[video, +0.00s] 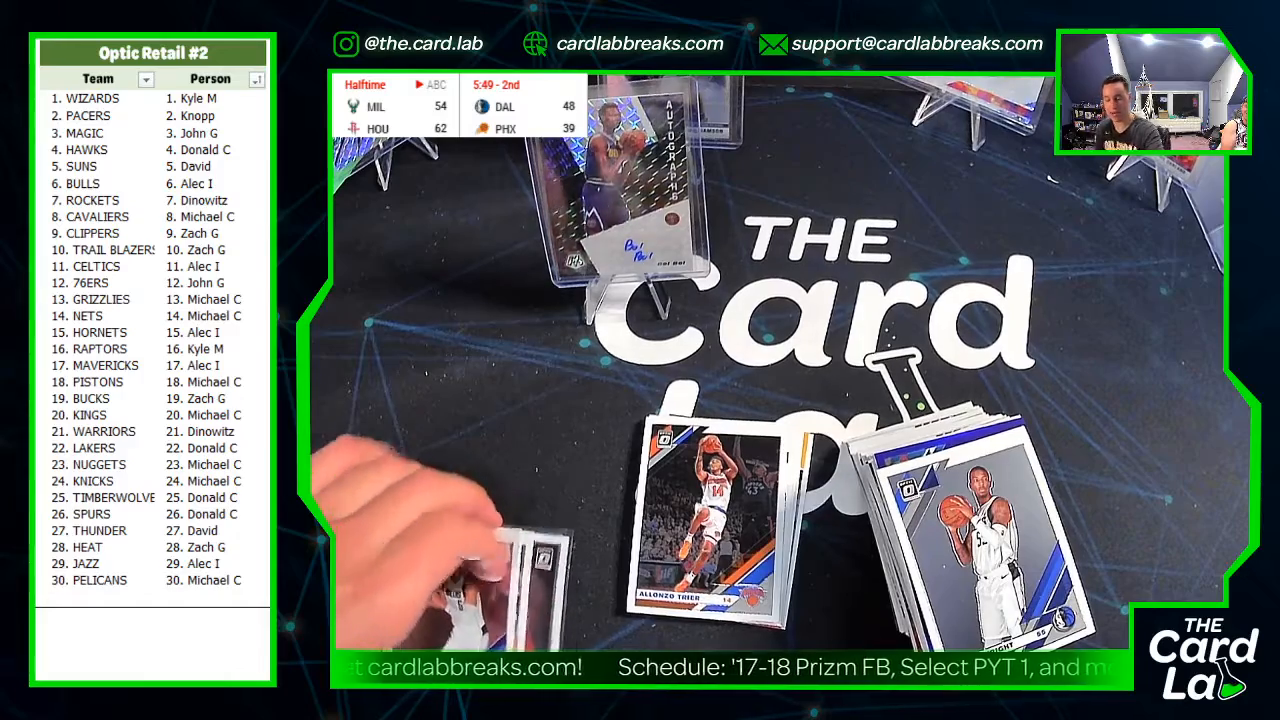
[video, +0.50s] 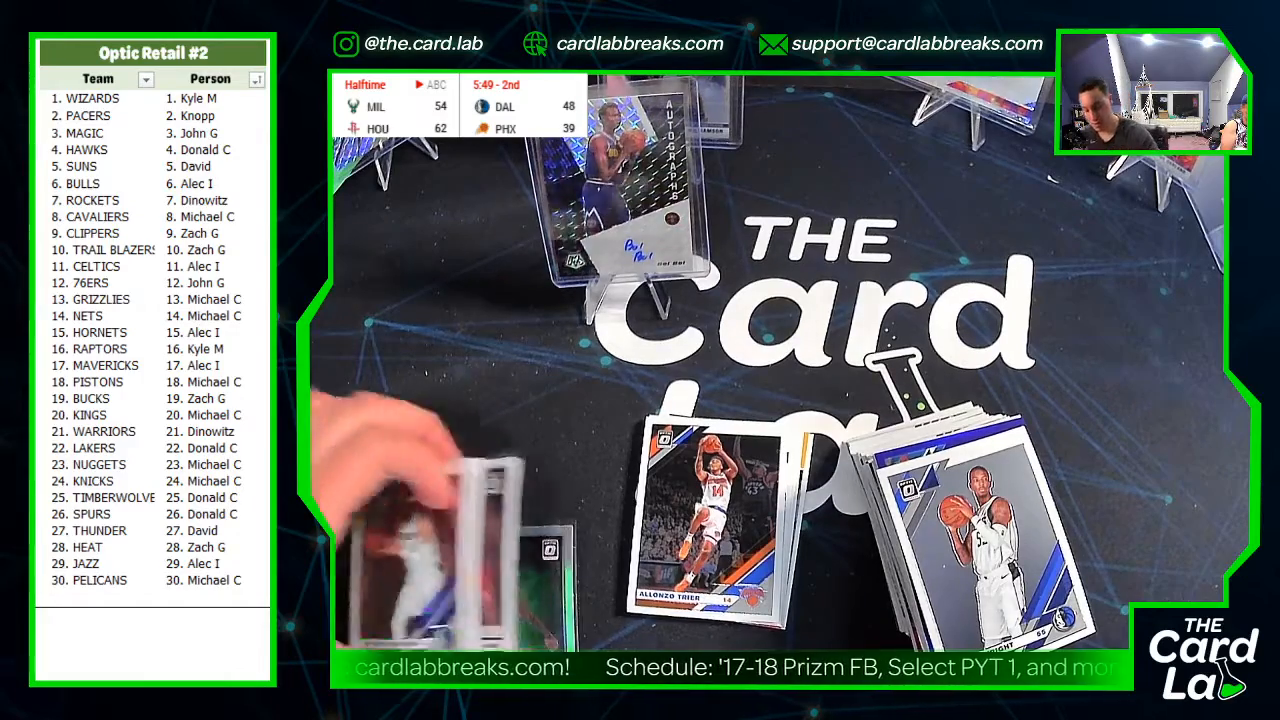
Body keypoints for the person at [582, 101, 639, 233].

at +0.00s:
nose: (615, 118)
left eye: (617, 115)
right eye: (611, 115)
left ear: (620, 118)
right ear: (602, 118)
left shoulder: (617, 142)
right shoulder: (598, 141)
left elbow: (620, 179)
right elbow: (607, 176)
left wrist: (633, 155)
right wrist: (624, 155)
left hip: (612, 189)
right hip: (596, 191)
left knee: (624, 229)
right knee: (598, 236)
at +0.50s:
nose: (617, 118)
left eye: (618, 115)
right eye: (612, 115)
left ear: (620, 117)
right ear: (603, 118)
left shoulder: (617, 142)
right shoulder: (598, 140)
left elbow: (619, 178)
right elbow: (606, 176)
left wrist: (632, 157)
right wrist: (623, 154)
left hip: (611, 188)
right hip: (595, 190)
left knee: (624, 226)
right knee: (598, 234)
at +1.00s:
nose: (618, 118)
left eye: (618, 115)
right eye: (614, 116)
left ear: (620, 117)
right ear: (603, 119)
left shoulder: (616, 141)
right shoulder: (598, 141)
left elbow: (621, 178)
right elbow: (606, 176)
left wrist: (631, 154)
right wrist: (623, 157)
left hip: (611, 188)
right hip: (595, 190)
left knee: (624, 227)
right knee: (599, 234)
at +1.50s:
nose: (617, 118)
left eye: (618, 115)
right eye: (613, 115)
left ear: (620, 117)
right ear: (603, 118)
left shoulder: (616, 142)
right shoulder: (598, 141)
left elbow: (621, 176)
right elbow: (606, 175)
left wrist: (632, 157)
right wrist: (623, 156)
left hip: (611, 187)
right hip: (596, 188)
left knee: (625, 227)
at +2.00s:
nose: (617, 118)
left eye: (618, 115)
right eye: (612, 116)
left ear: (620, 117)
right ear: (603, 119)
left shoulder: (618, 141)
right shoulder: (598, 141)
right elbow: (607, 176)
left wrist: (633, 155)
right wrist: (624, 155)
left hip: (613, 189)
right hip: (597, 191)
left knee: (624, 227)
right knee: (601, 233)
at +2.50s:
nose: (616, 118)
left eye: (617, 115)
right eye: (611, 115)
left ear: (620, 117)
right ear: (602, 119)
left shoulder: (618, 141)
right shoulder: (598, 141)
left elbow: (623, 177)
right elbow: (606, 176)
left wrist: (633, 155)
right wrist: (623, 155)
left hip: (614, 189)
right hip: (596, 191)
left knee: (624, 230)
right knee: (599, 236)